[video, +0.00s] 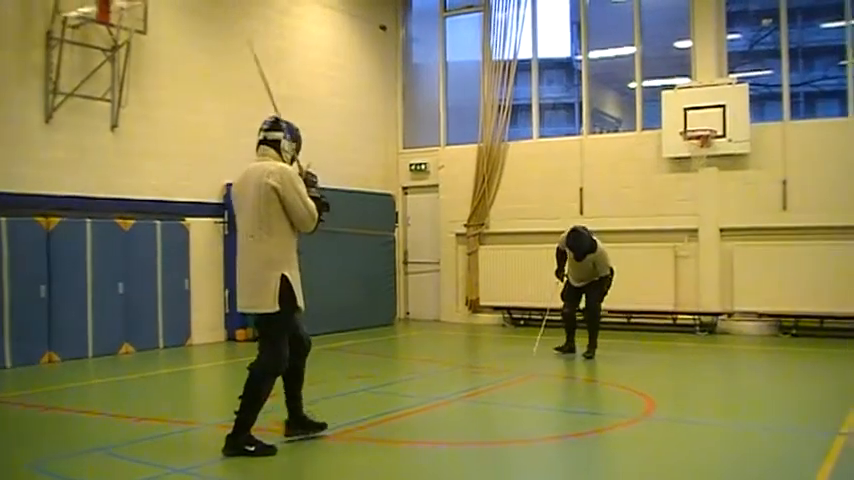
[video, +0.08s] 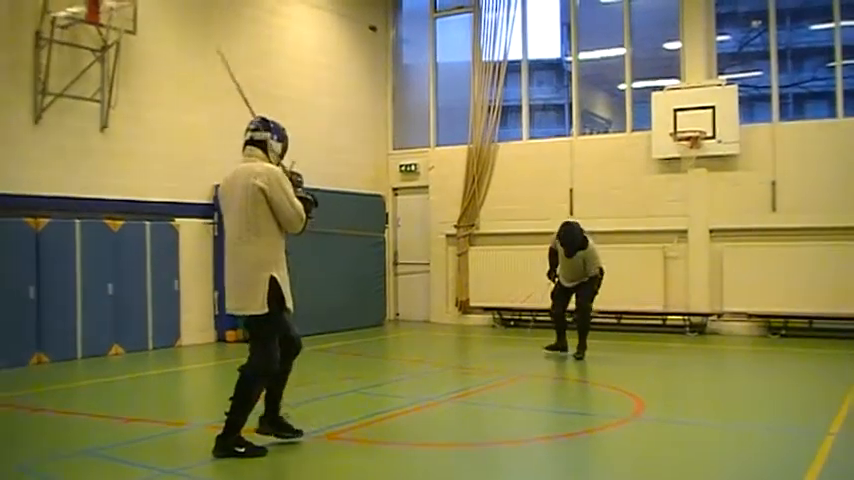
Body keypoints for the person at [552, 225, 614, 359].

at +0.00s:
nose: (577, 256)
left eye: (580, 253)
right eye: (575, 253)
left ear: (588, 248)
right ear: (570, 245)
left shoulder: (599, 252)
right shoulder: (566, 239)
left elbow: (606, 275)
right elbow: (560, 250)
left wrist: (601, 296)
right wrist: (560, 268)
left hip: (594, 281)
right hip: (573, 280)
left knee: (592, 311)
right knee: (567, 311)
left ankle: (592, 347)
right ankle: (570, 343)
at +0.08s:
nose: (567, 250)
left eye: (570, 248)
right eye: (565, 246)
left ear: (579, 243)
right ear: (561, 241)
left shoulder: (589, 249)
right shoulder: (558, 240)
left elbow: (597, 273)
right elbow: (553, 251)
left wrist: (590, 296)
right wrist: (552, 268)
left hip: (584, 281)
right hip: (564, 281)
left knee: (583, 311)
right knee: (556, 311)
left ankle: (581, 347)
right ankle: (561, 342)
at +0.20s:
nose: (551, 236)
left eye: (554, 233)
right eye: (550, 232)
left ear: (562, 230)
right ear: (548, 230)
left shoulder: (574, 242)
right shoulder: (546, 234)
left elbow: (584, 267)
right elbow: (540, 249)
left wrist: (575, 288)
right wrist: (539, 269)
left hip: (568, 280)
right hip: (549, 279)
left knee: (565, 312)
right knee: (542, 310)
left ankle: (565, 346)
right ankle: (550, 337)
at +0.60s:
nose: (563, 216)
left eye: (566, 213)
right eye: (562, 213)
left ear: (573, 215)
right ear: (561, 214)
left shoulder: (581, 236)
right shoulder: (558, 231)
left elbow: (592, 259)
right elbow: (551, 250)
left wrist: (579, 279)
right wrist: (543, 267)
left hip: (571, 281)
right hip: (557, 280)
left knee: (570, 313)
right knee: (561, 313)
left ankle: (574, 347)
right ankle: (568, 341)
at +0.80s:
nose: (572, 215)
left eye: (575, 211)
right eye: (570, 211)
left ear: (581, 212)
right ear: (568, 212)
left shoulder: (587, 233)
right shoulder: (565, 230)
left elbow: (595, 256)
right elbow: (555, 245)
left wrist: (574, 261)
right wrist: (545, 251)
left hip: (577, 279)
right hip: (564, 279)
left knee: (577, 312)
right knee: (570, 312)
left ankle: (581, 345)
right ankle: (576, 341)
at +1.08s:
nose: (569, 215)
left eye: (572, 211)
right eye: (566, 211)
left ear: (578, 212)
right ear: (563, 212)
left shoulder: (583, 233)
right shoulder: (556, 230)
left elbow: (581, 254)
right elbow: (543, 251)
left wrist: (554, 249)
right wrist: (545, 237)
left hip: (574, 274)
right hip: (560, 275)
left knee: (568, 305)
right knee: (567, 308)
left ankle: (569, 341)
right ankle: (578, 340)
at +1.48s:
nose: (552, 219)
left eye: (555, 216)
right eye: (550, 215)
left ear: (564, 216)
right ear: (548, 216)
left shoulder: (570, 238)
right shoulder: (547, 233)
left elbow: (561, 259)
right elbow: (532, 255)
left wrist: (538, 252)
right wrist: (535, 241)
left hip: (565, 280)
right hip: (552, 281)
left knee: (553, 311)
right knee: (559, 311)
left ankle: (556, 349)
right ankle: (573, 334)